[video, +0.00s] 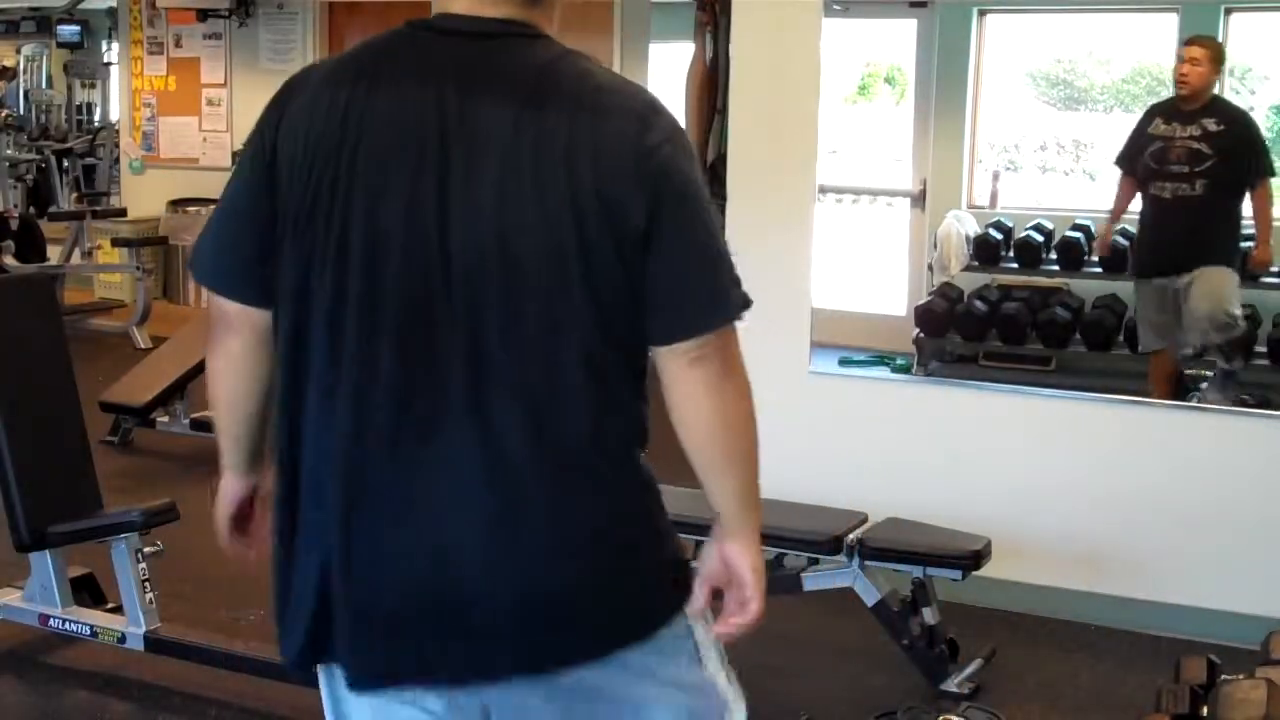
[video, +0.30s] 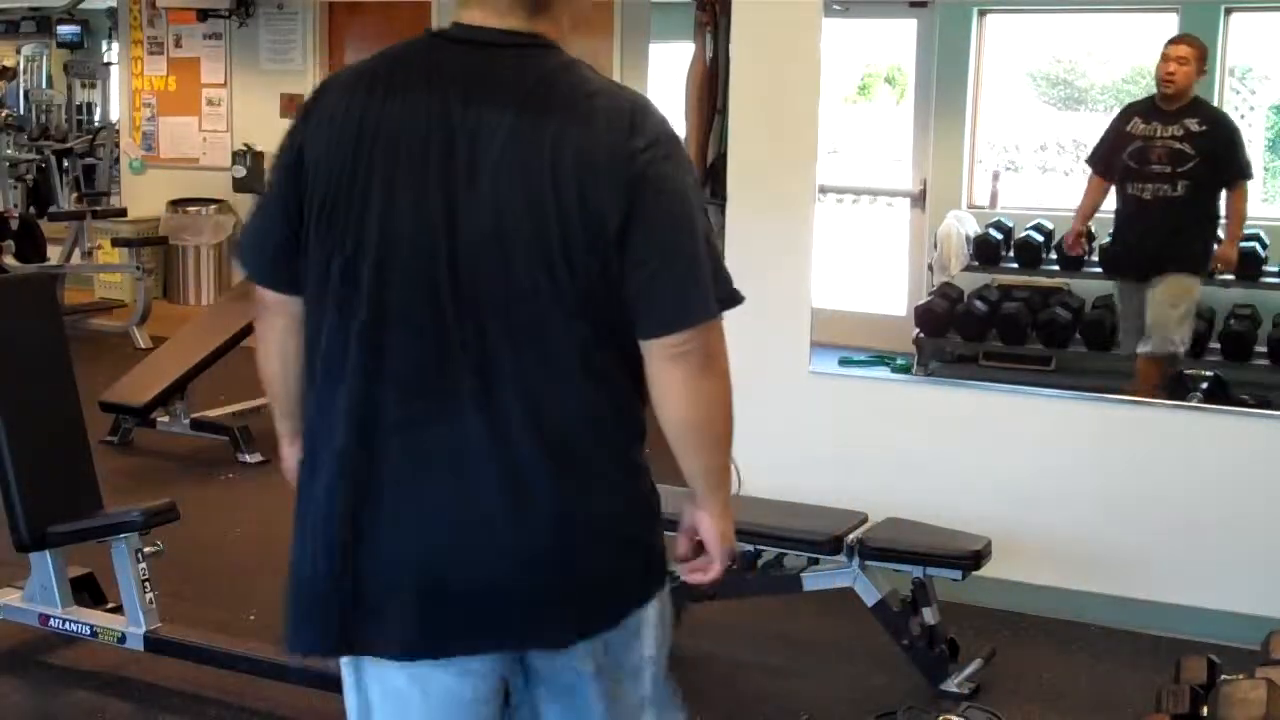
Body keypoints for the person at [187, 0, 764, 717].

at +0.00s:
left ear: (433, 0)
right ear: (547, 3)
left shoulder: (310, 108)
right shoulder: (627, 125)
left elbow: (238, 313)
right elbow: (697, 349)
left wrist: (238, 465)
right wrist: (737, 526)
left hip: (370, 602)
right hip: (589, 602)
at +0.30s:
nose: (598, 8)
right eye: (590, 6)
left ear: (455, 2)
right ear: (560, 6)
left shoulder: (342, 107)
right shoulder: (623, 130)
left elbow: (277, 298)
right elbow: (681, 342)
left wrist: (295, 438)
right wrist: (710, 497)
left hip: (392, 560)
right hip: (584, 562)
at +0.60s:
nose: (635, 17)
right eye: (637, 13)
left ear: (503, 5)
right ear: (624, 9)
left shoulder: (404, 114)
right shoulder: (671, 139)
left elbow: (355, 293)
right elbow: (722, 336)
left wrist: (365, 430)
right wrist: (741, 485)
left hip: (440, 524)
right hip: (608, 539)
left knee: (418, 710)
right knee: (580, 708)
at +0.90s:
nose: (653, 17)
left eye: (652, 12)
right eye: (652, 11)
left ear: (539, 4)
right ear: (635, 7)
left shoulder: (449, 103)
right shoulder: (654, 129)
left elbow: (404, 266)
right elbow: (710, 323)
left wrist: (426, 389)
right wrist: (768, 456)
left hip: (475, 490)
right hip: (600, 516)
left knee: (488, 699)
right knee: (587, 708)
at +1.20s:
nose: (664, 23)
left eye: (666, 11)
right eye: (664, 9)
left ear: (584, 7)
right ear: (637, 5)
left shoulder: (545, 88)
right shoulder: (575, 105)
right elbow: (578, 298)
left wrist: (620, 438)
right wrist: (635, 443)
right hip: (562, 490)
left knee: (534, 699)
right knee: (580, 706)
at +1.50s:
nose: (649, 8)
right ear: (561, 2)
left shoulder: (636, 122)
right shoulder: (497, 112)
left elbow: (648, 276)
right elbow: (481, 279)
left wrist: (666, 391)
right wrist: (548, 436)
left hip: (618, 454)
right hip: (519, 465)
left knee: (602, 694)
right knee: (517, 700)